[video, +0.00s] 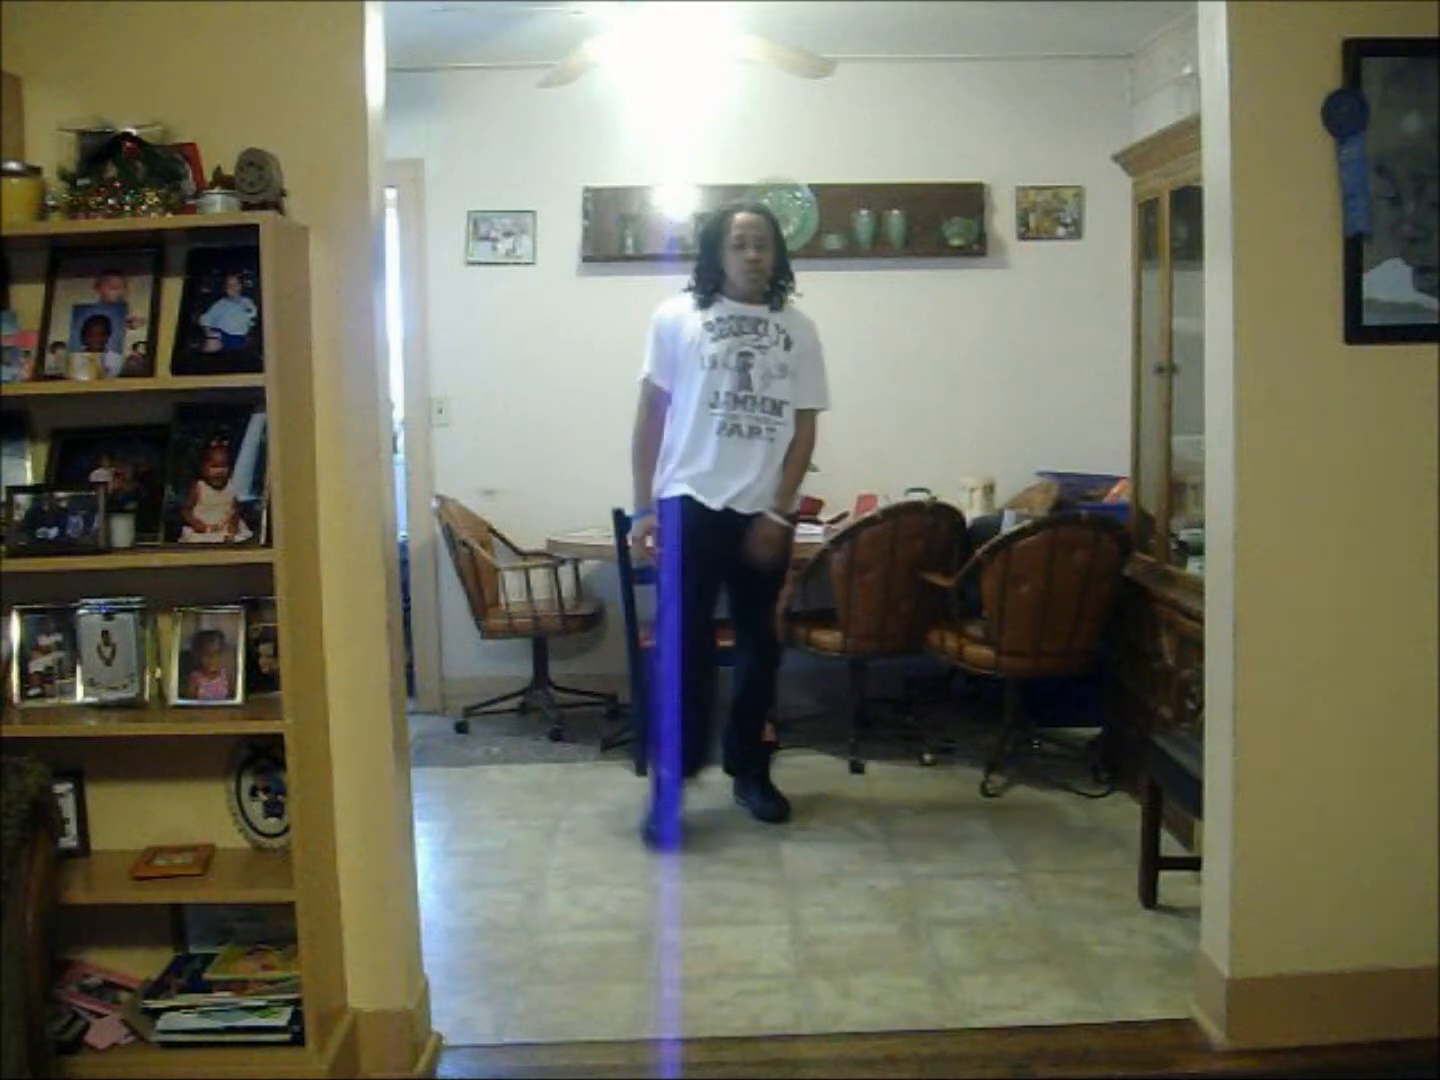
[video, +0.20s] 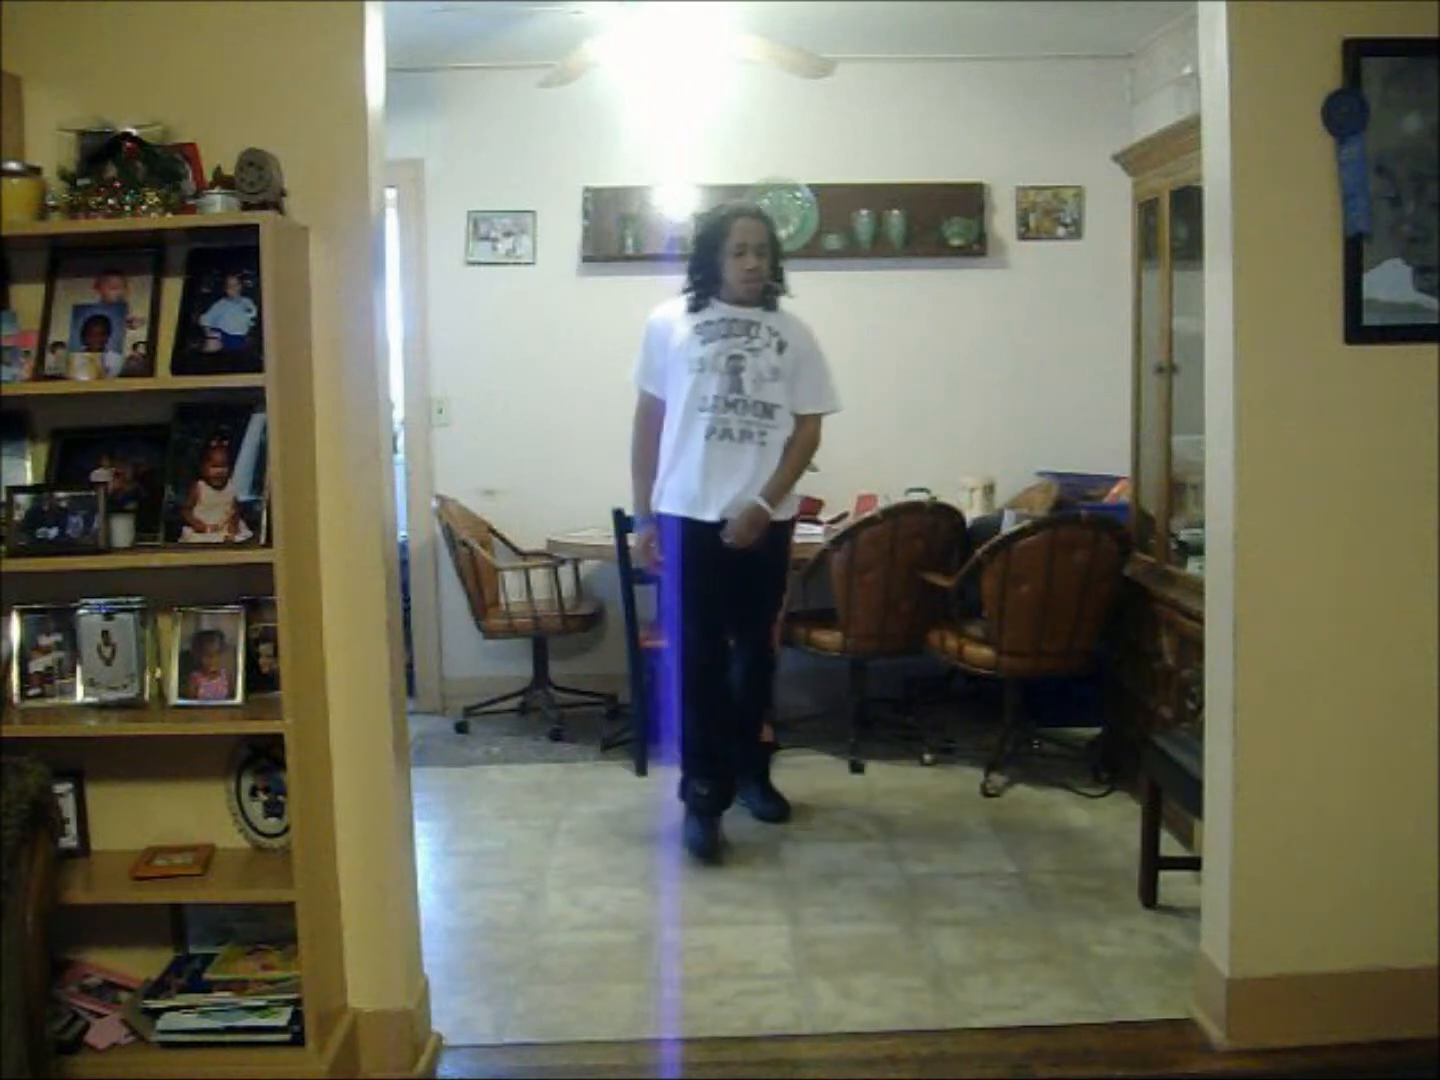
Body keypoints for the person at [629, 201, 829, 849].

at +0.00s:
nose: (752, 255)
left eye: (761, 245)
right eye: (739, 245)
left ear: (778, 255)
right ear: (715, 254)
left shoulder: (796, 327)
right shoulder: (678, 319)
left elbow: (805, 429)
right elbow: (652, 412)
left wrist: (782, 511)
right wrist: (645, 506)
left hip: (761, 508)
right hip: (688, 502)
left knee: (760, 648)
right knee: (684, 648)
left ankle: (750, 774)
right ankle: (670, 785)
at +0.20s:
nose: (752, 262)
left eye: (762, 252)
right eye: (740, 251)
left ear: (774, 261)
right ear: (712, 258)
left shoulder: (791, 332)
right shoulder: (671, 324)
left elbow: (809, 431)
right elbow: (649, 420)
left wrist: (766, 501)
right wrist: (645, 513)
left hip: (762, 520)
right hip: (687, 516)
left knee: (756, 654)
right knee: (697, 657)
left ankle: (751, 772)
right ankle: (700, 795)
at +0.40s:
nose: (743, 262)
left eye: (749, 250)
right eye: (728, 251)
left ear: (756, 258)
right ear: (693, 259)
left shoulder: (780, 331)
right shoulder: (655, 329)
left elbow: (793, 428)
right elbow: (637, 426)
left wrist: (803, 509)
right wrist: (632, 518)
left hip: (760, 522)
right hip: (683, 519)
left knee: (758, 660)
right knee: (695, 663)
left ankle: (751, 773)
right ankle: (702, 803)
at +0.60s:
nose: (731, 261)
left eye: (736, 249)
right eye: (716, 250)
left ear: (743, 255)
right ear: (680, 258)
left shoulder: (769, 326)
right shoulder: (642, 333)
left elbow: (797, 418)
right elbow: (624, 437)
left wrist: (832, 506)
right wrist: (618, 534)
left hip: (752, 525)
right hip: (670, 524)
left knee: (757, 662)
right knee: (681, 669)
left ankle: (721, 775)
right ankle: (699, 803)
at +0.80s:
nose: (725, 269)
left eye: (732, 256)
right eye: (710, 259)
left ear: (740, 256)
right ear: (674, 263)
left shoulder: (766, 325)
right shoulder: (638, 336)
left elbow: (791, 418)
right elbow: (617, 438)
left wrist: (812, 500)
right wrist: (607, 536)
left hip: (743, 522)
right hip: (665, 522)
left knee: (729, 667)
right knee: (682, 666)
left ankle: (721, 798)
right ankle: (706, 806)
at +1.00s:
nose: (727, 261)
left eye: (734, 249)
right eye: (713, 249)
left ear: (742, 254)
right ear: (677, 254)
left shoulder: (766, 321)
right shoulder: (637, 328)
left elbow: (785, 422)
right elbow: (623, 430)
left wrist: (789, 511)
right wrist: (623, 525)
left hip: (752, 520)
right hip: (671, 522)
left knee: (754, 669)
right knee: (684, 671)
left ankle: (764, 795)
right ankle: (700, 808)